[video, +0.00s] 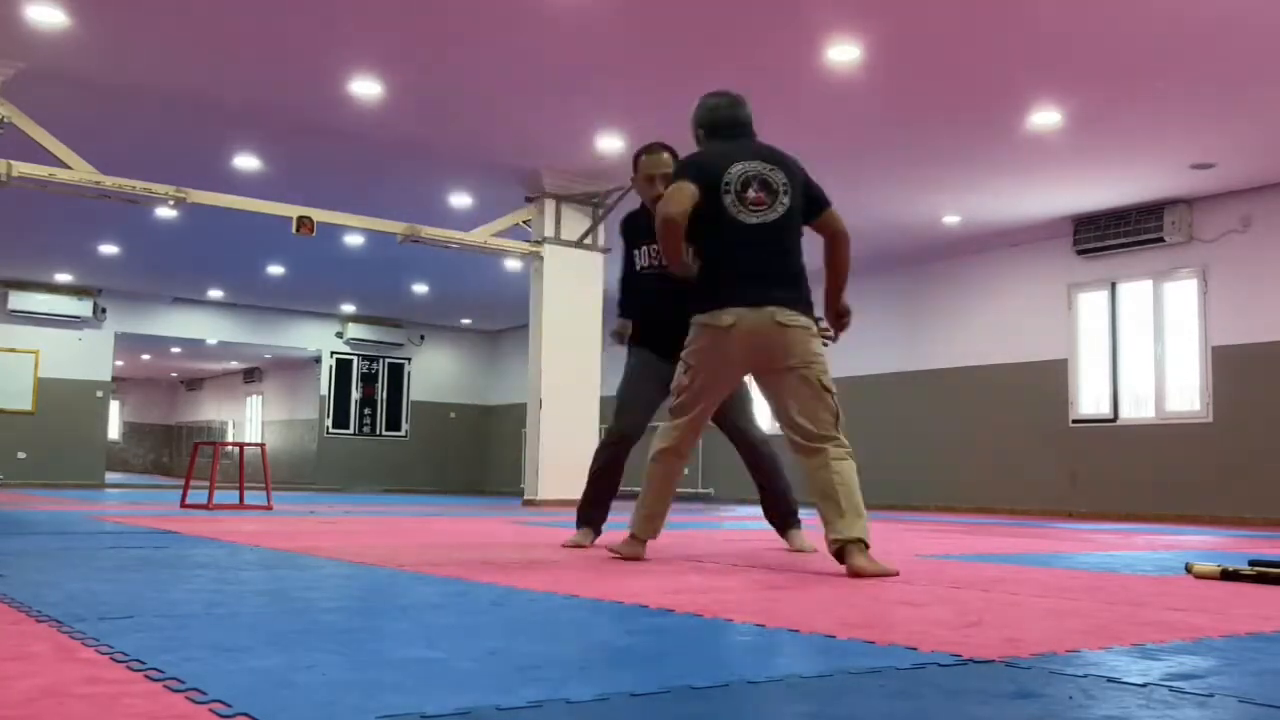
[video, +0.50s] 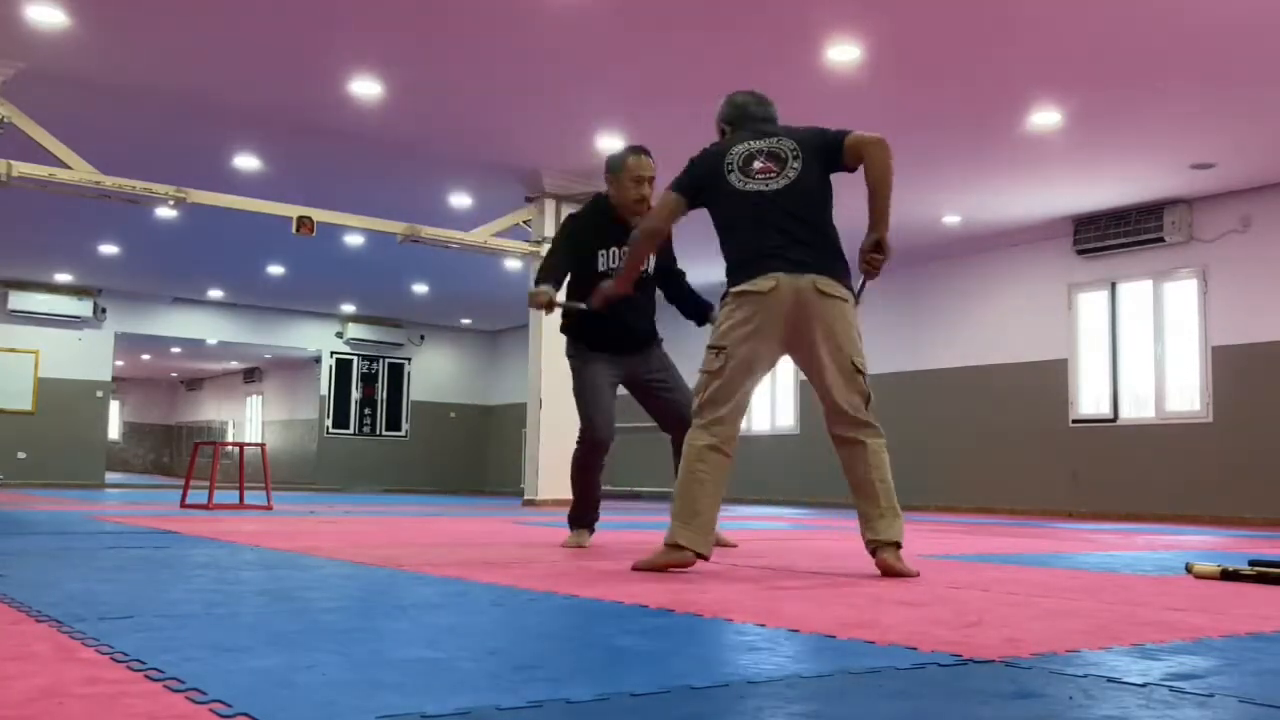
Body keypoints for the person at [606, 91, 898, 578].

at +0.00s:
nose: (691, 142)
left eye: (692, 135)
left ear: (701, 132)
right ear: (749, 126)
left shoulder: (699, 163)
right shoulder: (787, 166)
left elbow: (671, 210)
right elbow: (836, 232)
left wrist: (677, 265)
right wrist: (836, 300)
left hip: (721, 321)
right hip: (790, 321)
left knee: (677, 428)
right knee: (823, 439)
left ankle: (638, 536)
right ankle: (853, 548)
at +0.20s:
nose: (706, 131)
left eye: (706, 124)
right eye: (708, 125)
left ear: (715, 119)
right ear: (764, 110)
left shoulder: (708, 145)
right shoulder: (807, 140)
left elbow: (634, 190)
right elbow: (875, 174)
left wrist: (672, 223)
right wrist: (881, 257)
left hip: (753, 291)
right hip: (820, 292)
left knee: (704, 415)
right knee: (834, 424)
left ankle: (683, 532)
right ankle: (862, 542)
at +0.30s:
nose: (702, 136)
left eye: (704, 128)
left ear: (709, 126)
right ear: (759, 118)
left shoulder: (697, 155)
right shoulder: (796, 136)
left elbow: (632, 214)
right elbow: (864, 145)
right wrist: (879, 232)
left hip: (750, 286)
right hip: (820, 287)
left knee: (709, 414)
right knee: (842, 416)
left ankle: (685, 540)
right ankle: (866, 539)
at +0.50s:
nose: (717, 137)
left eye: (718, 130)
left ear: (724, 129)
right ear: (773, 121)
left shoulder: (710, 160)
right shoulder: (809, 139)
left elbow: (655, 223)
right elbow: (874, 147)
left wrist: (624, 278)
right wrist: (878, 232)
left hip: (754, 294)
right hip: (826, 291)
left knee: (712, 422)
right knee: (855, 420)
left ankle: (684, 542)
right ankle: (886, 545)